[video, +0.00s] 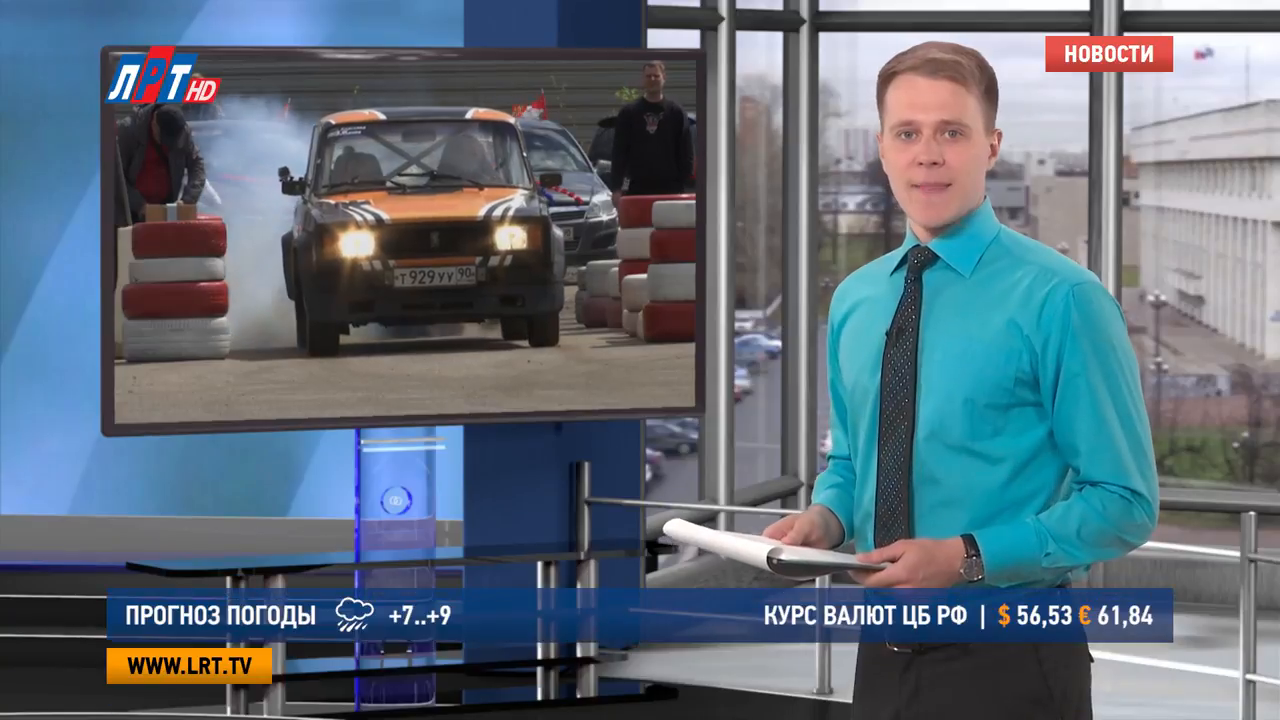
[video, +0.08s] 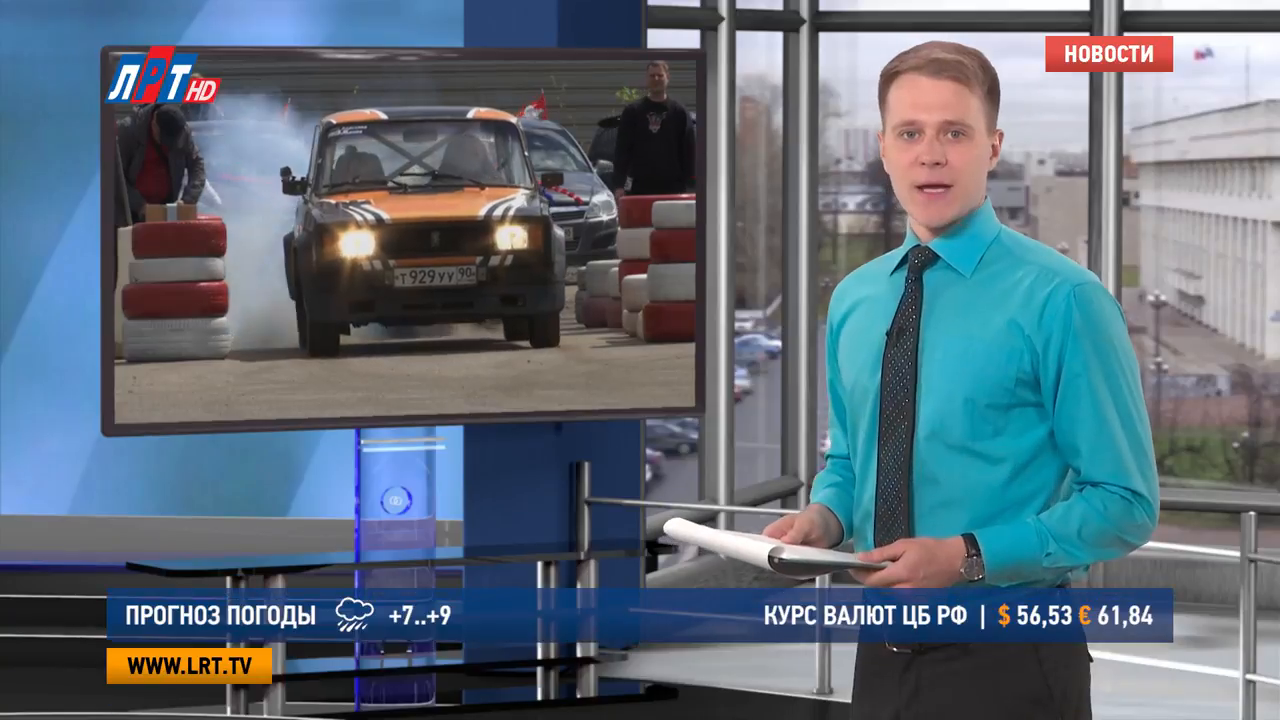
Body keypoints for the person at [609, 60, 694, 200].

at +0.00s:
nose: (652, 80)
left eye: (656, 76)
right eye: (648, 76)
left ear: (664, 78)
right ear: (643, 79)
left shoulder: (676, 113)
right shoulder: (628, 113)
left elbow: (686, 152)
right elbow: (619, 152)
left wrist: (682, 186)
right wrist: (616, 188)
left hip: (670, 188)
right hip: (637, 188)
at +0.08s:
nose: (656, 79)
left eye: (660, 75)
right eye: (652, 76)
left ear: (668, 78)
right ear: (646, 79)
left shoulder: (679, 113)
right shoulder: (632, 112)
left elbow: (688, 151)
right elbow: (622, 150)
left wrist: (688, 186)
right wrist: (619, 186)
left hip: (672, 186)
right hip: (640, 186)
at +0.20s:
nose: (661, 79)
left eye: (664, 75)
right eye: (657, 75)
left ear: (672, 78)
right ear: (651, 79)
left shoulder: (684, 112)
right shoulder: (637, 111)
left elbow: (690, 150)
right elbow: (626, 149)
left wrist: (691, 186)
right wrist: (624, 184)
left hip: (677, 185)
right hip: (645, 185)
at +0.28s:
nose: (664, 78)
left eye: (667, 75)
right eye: (660, 75)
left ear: (675, 78)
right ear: (655, 78)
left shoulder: (687, 112)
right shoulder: (640, 111)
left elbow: (693, 149)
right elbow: (630, 147)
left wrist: (693, 183)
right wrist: (629, 181)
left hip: (679, 183)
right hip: (647, 183)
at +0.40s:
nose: (666, 79)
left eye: (670, 75)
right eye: (662, 75)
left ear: (677, 78)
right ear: (657, 78)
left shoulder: (688, 111)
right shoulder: (642, 110)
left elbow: (694, 148)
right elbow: (633, 147)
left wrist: (694, 182)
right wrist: (631, 180)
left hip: (680, 182)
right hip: (649, 182)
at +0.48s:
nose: (667, 79)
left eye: (671, 75)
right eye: (663, 75)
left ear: (678, 78)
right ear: (658, 78)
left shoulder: (689, 112)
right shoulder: (642, 110)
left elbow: (695, 148)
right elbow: (633, 147)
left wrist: (695, 182)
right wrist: (631, 180)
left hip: (681, 183)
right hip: (649, 182)